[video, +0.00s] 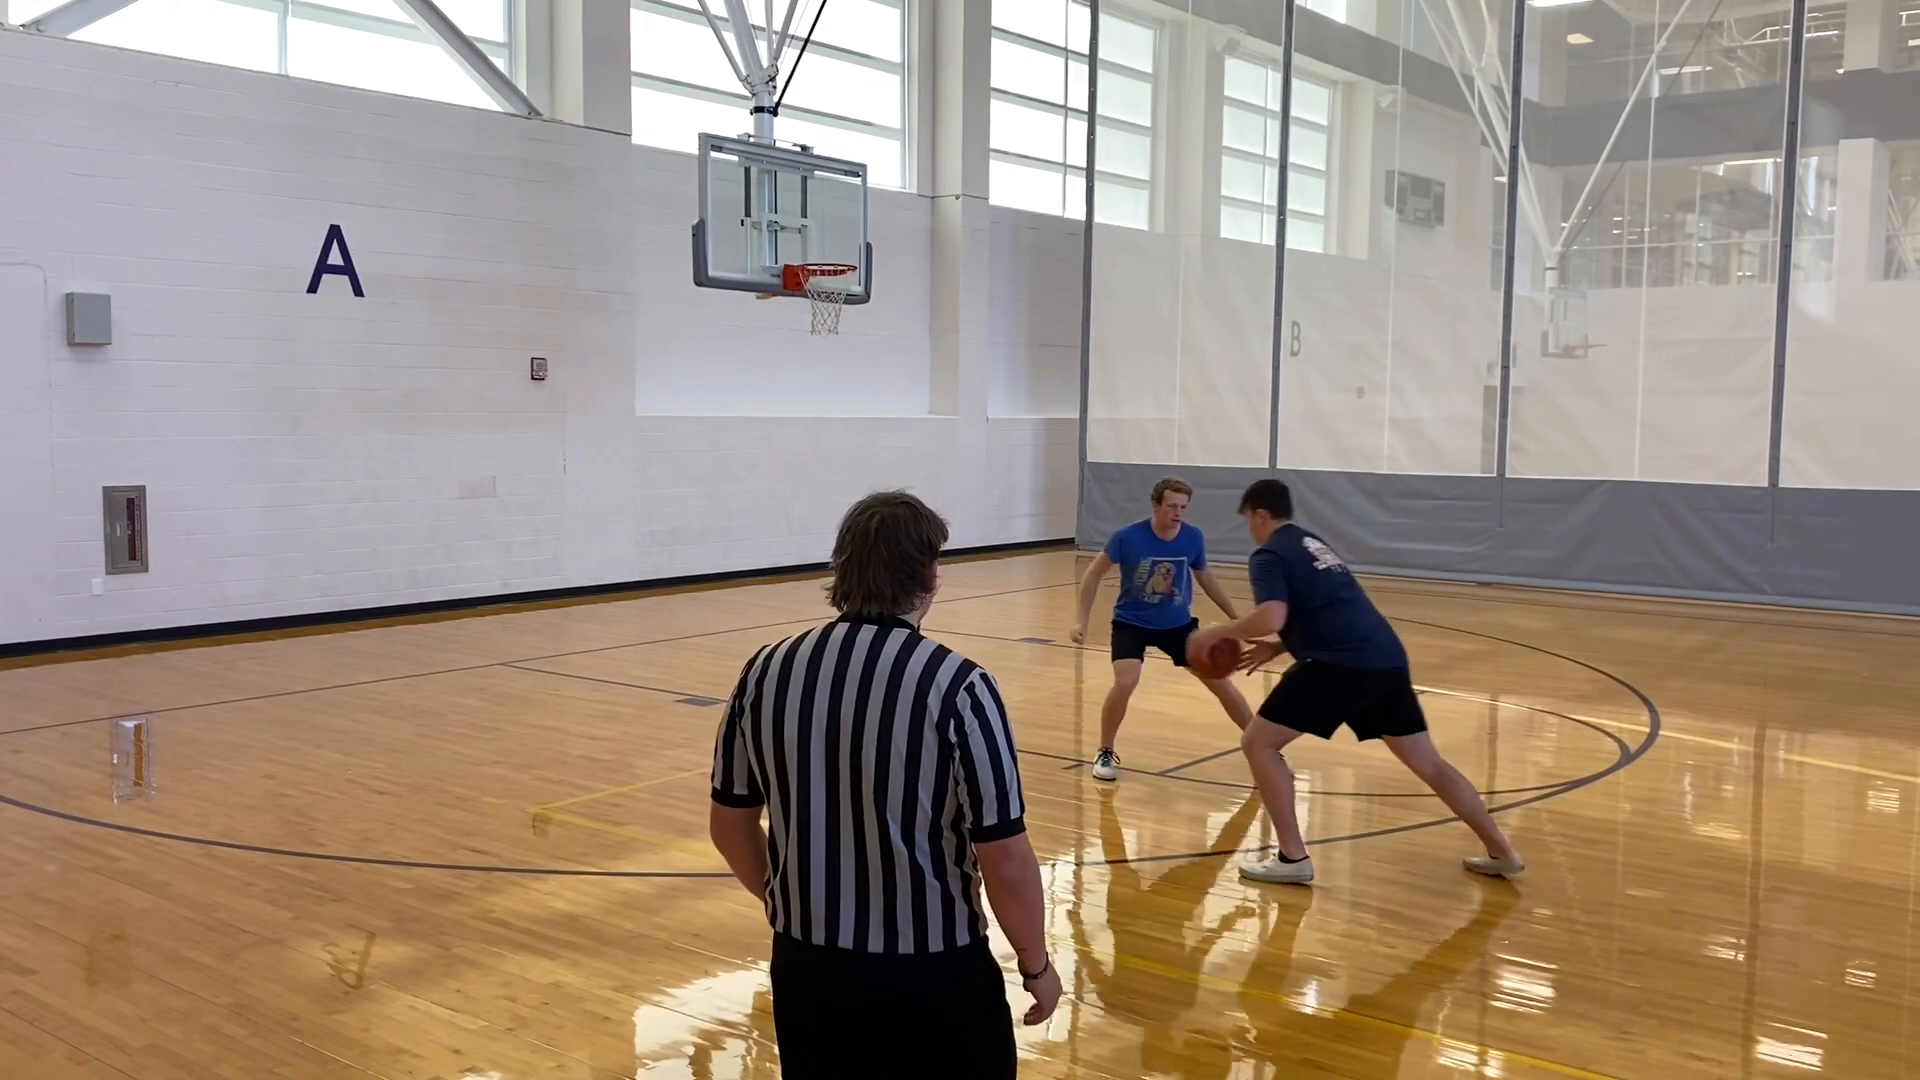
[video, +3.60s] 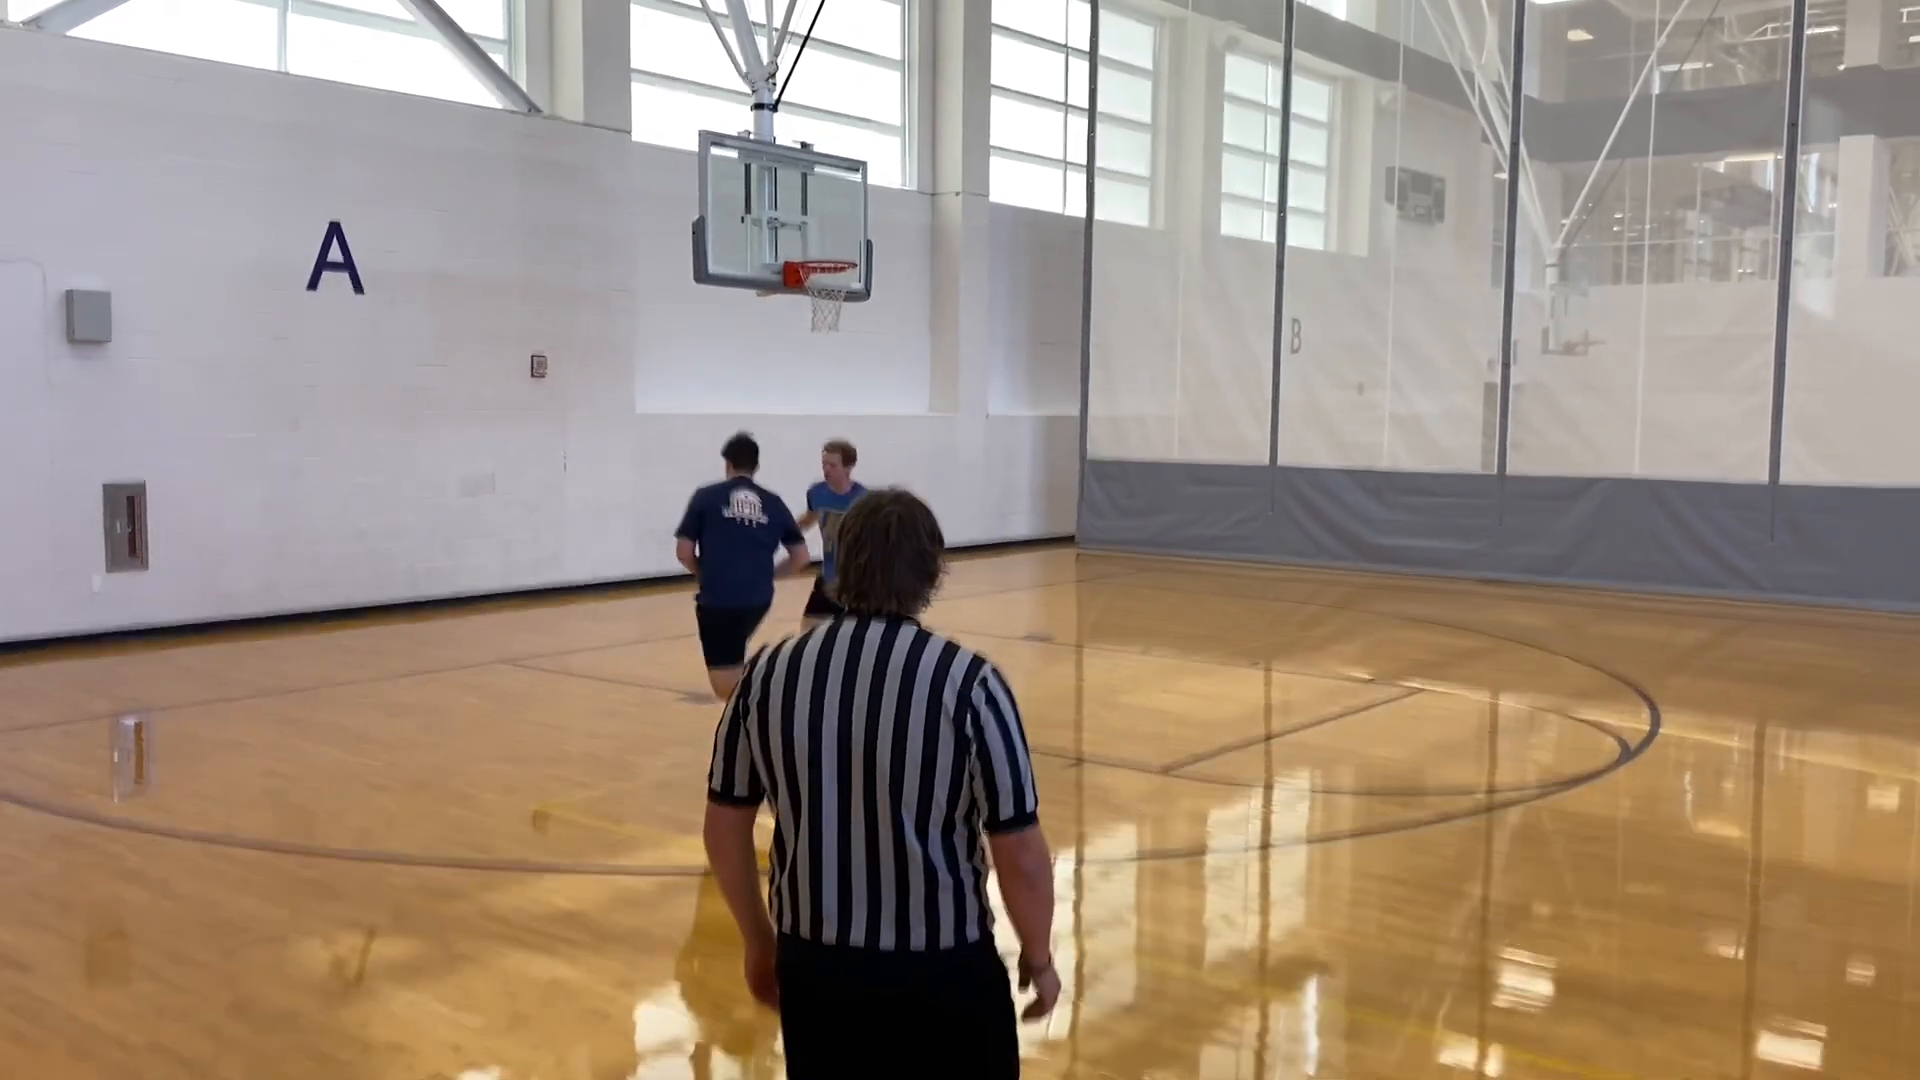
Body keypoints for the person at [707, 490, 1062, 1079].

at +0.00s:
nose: (940, 575)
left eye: (938, 559)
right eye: (937, 560)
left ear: (846, 566)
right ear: (926, 572)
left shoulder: (767, 670)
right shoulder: (959, 686)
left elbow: (731, 825)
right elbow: (1004, 855)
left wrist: (785, 900)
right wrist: (1036, 962)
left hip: (809, 979)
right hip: (940, 982)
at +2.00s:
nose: (950, 582)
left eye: (945, 566)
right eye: (947, 568)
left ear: (849, 572)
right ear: (937, 578)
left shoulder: (772, 676)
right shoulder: (973, 689)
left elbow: (725, 831)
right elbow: (1020, 862)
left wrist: (744, 950)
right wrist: (1047, 988)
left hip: (816, 984)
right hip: (948, 988)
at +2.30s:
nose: (949, 583)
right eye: (946, 570)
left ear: (847, 573)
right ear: (937, 581)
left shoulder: (772, 677)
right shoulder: (972, 691)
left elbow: (726, 832)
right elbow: (1019, 860)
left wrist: (749, 949)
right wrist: (1045, 978)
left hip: (816, 984)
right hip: (948, 988)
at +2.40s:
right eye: (946, 573)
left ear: (845, 575)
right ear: (937, 583)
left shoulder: (771, 677)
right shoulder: (971, 690)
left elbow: (726, 833)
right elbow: (1020, 861)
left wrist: (751, 948)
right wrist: (1045, 977)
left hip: (816, 982)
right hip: (949, 986)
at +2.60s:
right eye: (943, 568)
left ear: (842, 573)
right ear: (937, 579)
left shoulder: (771, 675)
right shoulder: (971, 687)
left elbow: (727, 831)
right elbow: (1020, 854)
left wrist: (757, 945)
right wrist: (1045, 973)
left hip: (817, 981)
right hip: (950, 984)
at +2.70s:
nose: (947, 581)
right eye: (942, 569)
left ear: (844, 571)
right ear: (934, 579)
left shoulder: (770, 673)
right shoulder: (969, 686)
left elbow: (725, 830)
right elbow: (1019, 856)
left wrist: (756, 944)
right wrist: (1042, 971)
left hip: (815, 981)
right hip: (947, 985)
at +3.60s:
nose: (939, 573)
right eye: (935, 561)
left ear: (841, 564)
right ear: (929, 572)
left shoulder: (768, 671)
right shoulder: (969, 682)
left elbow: (724, 826)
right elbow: (1019, 851)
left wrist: (757, 940)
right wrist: (1037, 953)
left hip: (815, 974)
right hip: (948, 977)